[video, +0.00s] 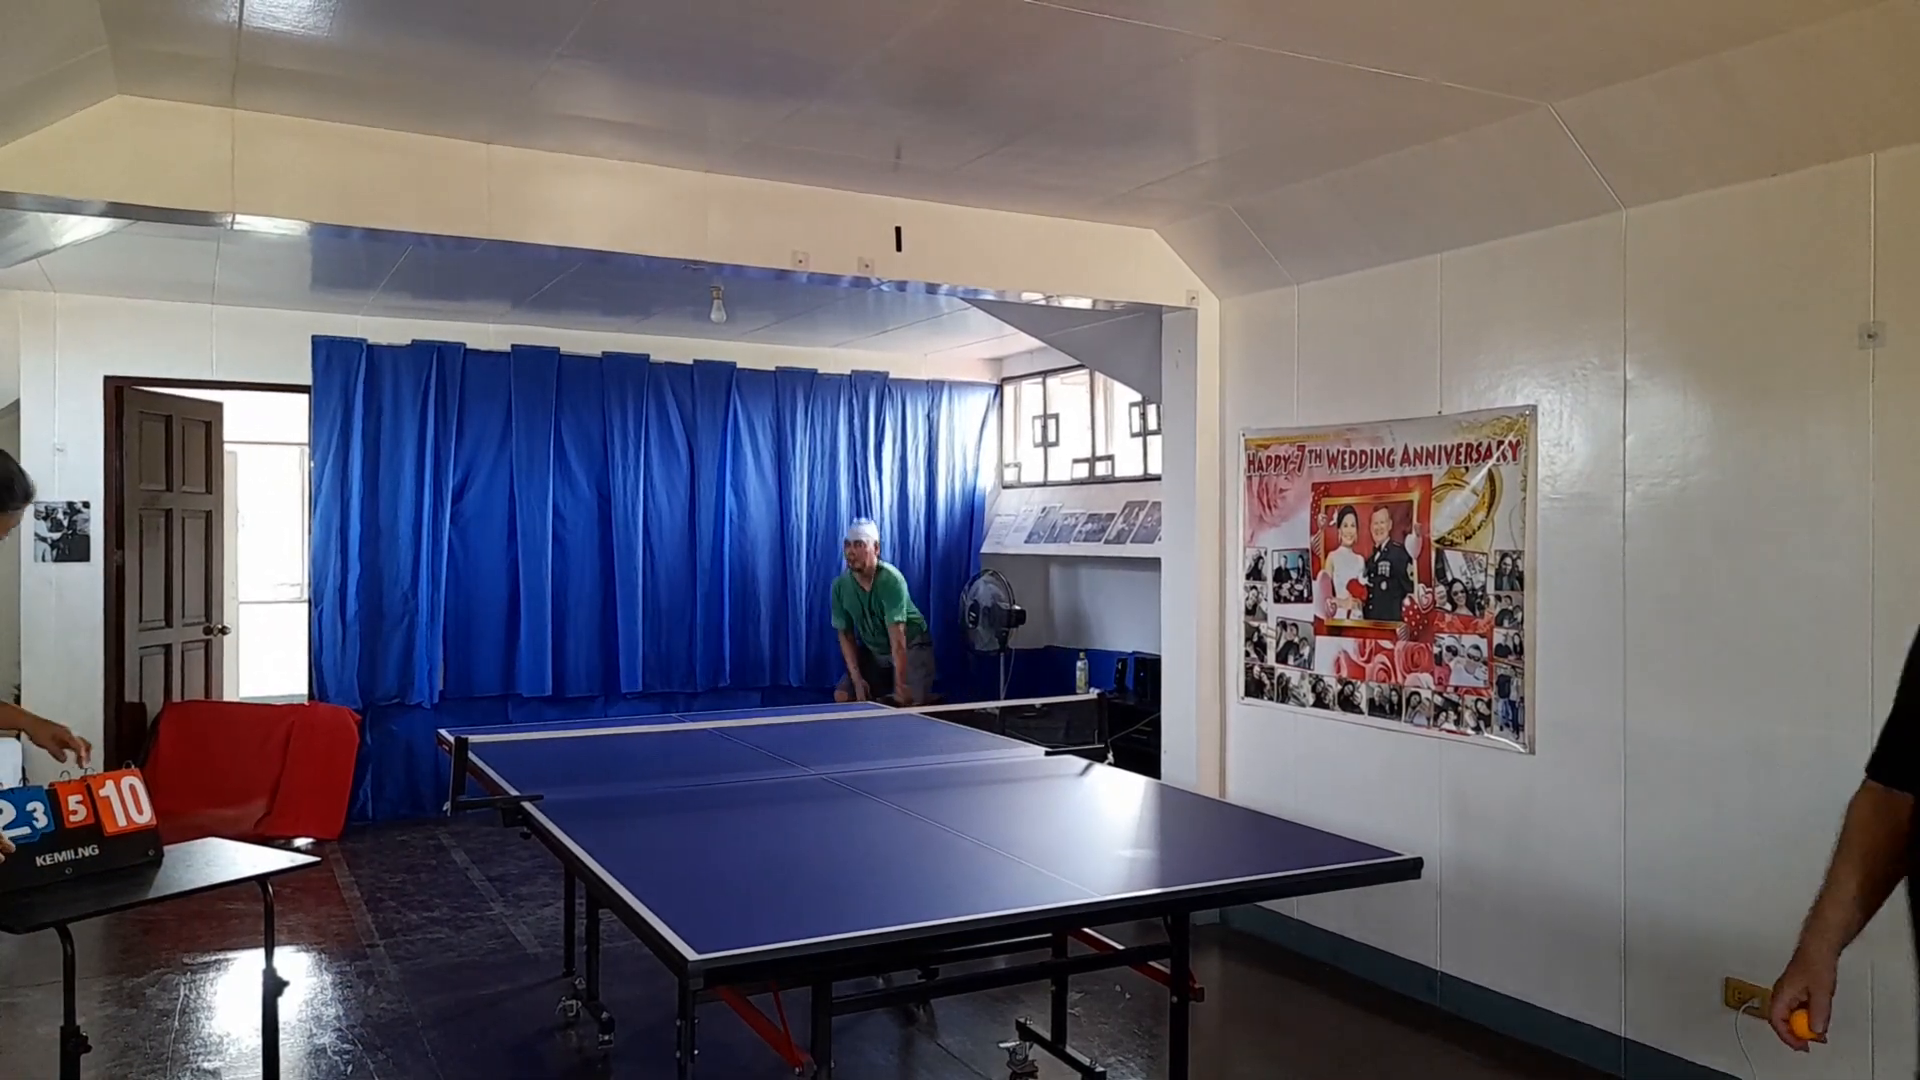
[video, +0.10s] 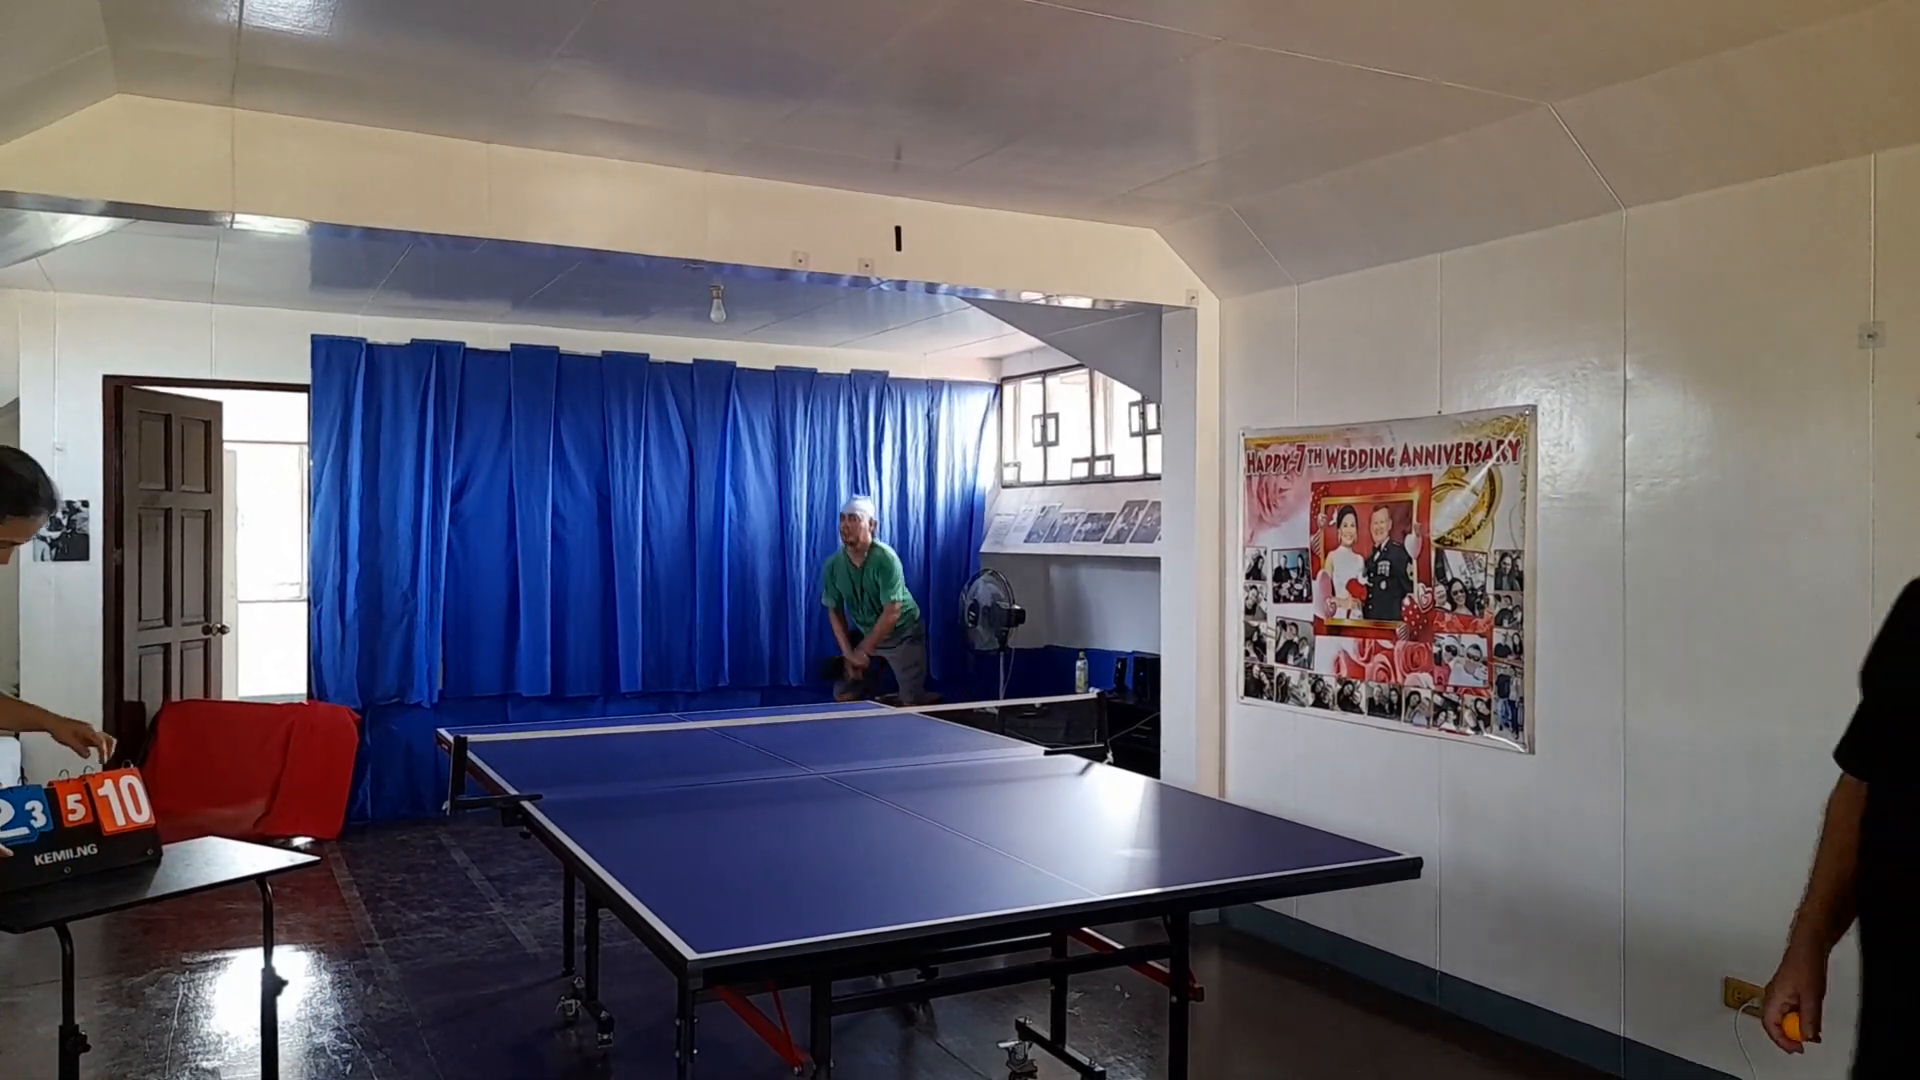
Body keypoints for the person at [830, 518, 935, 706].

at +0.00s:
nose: (850, 552)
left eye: (858, 545)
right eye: (847, 545)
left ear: (875, 548)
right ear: (843, 548)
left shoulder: (891, 581)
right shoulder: (840, 586)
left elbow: (897, 638)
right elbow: (845, 635)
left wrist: (900, 686)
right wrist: (857, 680)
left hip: (912, 646)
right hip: (874, 649)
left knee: (909, 703)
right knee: (843, 695)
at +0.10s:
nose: (845, 525)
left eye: (853, 518)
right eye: (842, 519)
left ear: (871, 525)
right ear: (839, 524)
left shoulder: (886, 559)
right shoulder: (833, 565)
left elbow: (893, 611)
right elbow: (835, 611)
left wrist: (863, 650)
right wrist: (849, 653)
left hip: (902, 634)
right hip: (865, 636)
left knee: (912, 700)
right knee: (844, 695)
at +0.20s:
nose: (840, 505)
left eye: (848, 499)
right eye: (837, 499)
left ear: (865, 505)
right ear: (834, 504)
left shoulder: (879, 541)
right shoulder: (827, 546)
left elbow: (888, 594)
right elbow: (823, 590)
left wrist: (842, 613)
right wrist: (835, 630)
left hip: (893, 626)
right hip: (857, 629)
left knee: (901, 700)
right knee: (845, 697)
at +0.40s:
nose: (831, 488)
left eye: (840, 483)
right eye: (829, 482)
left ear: (857, 491)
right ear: (826, 488)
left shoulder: (869, 528)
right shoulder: (819, 533)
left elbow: (882, 576)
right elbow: (813, 582)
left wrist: (833, 585)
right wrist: (804, 626)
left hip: (874, 620)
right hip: (839, 622)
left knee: (870, 695)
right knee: (846, 696)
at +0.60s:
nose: (814, 491)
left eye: (823, 486)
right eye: (812, 486)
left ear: (840, 496)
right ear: (807, 491)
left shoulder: (854, 533)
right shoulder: (803, 539)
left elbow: (874, 585)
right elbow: (801, 590)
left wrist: (847, 622)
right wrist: (777, 628)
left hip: (857, 627)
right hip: (825, 628)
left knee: (835, 701)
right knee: (850, 702)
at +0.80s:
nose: (797, 494)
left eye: (807, 490)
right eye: (796, 488)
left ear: (824, 500)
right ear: (792, 492)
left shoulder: (835, 540)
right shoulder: (784, 539)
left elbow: (860, 589)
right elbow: (775, 589)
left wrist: (851, 638)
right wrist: (749, 601)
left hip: (823, 634)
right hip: (795, 635)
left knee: (798, 705)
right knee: (822, 707)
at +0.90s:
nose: (789, 491)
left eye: (799, 487)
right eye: (789, 485)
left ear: (816, 497)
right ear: (785, 489)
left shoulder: (826, 538)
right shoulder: (775, 535)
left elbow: (849, 588)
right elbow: (761, 584)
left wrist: (837, 634)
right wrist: (737, 577)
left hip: (811, 631)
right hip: (780, 631)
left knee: (787, 706)